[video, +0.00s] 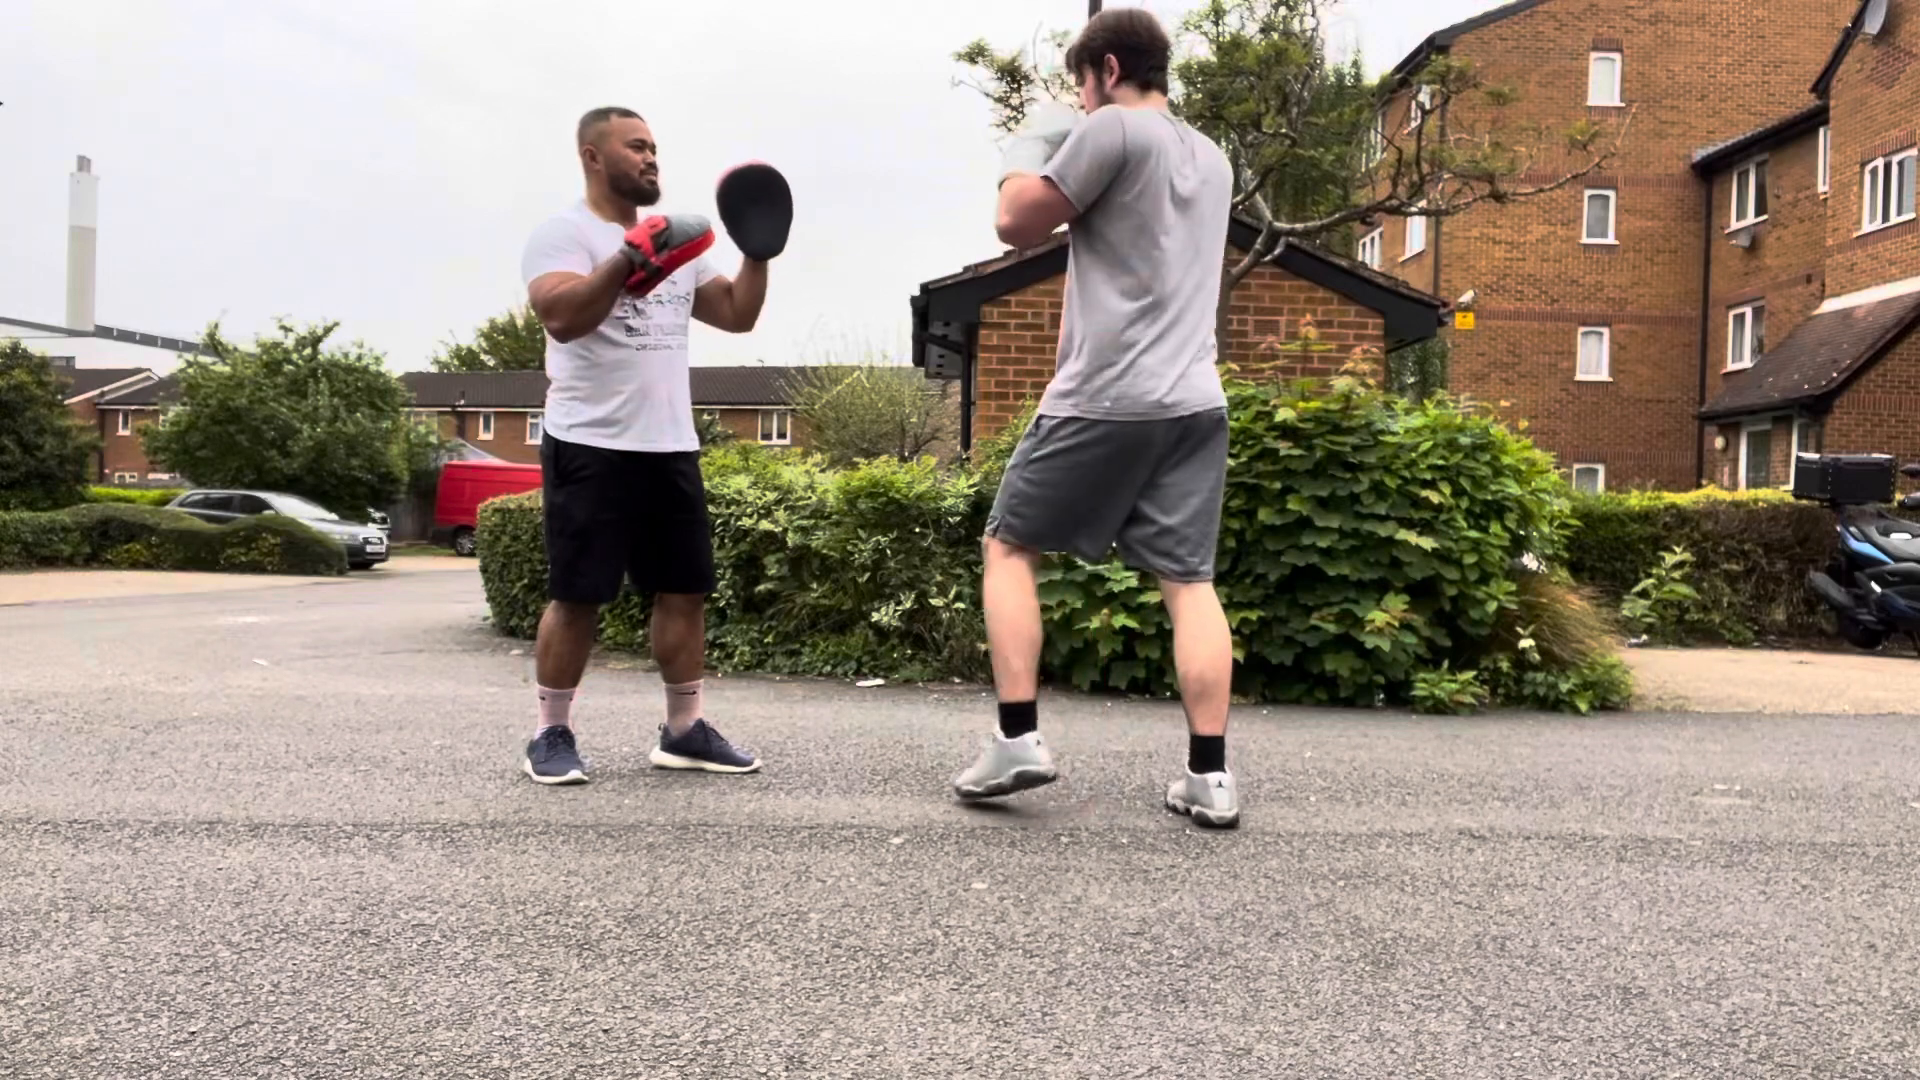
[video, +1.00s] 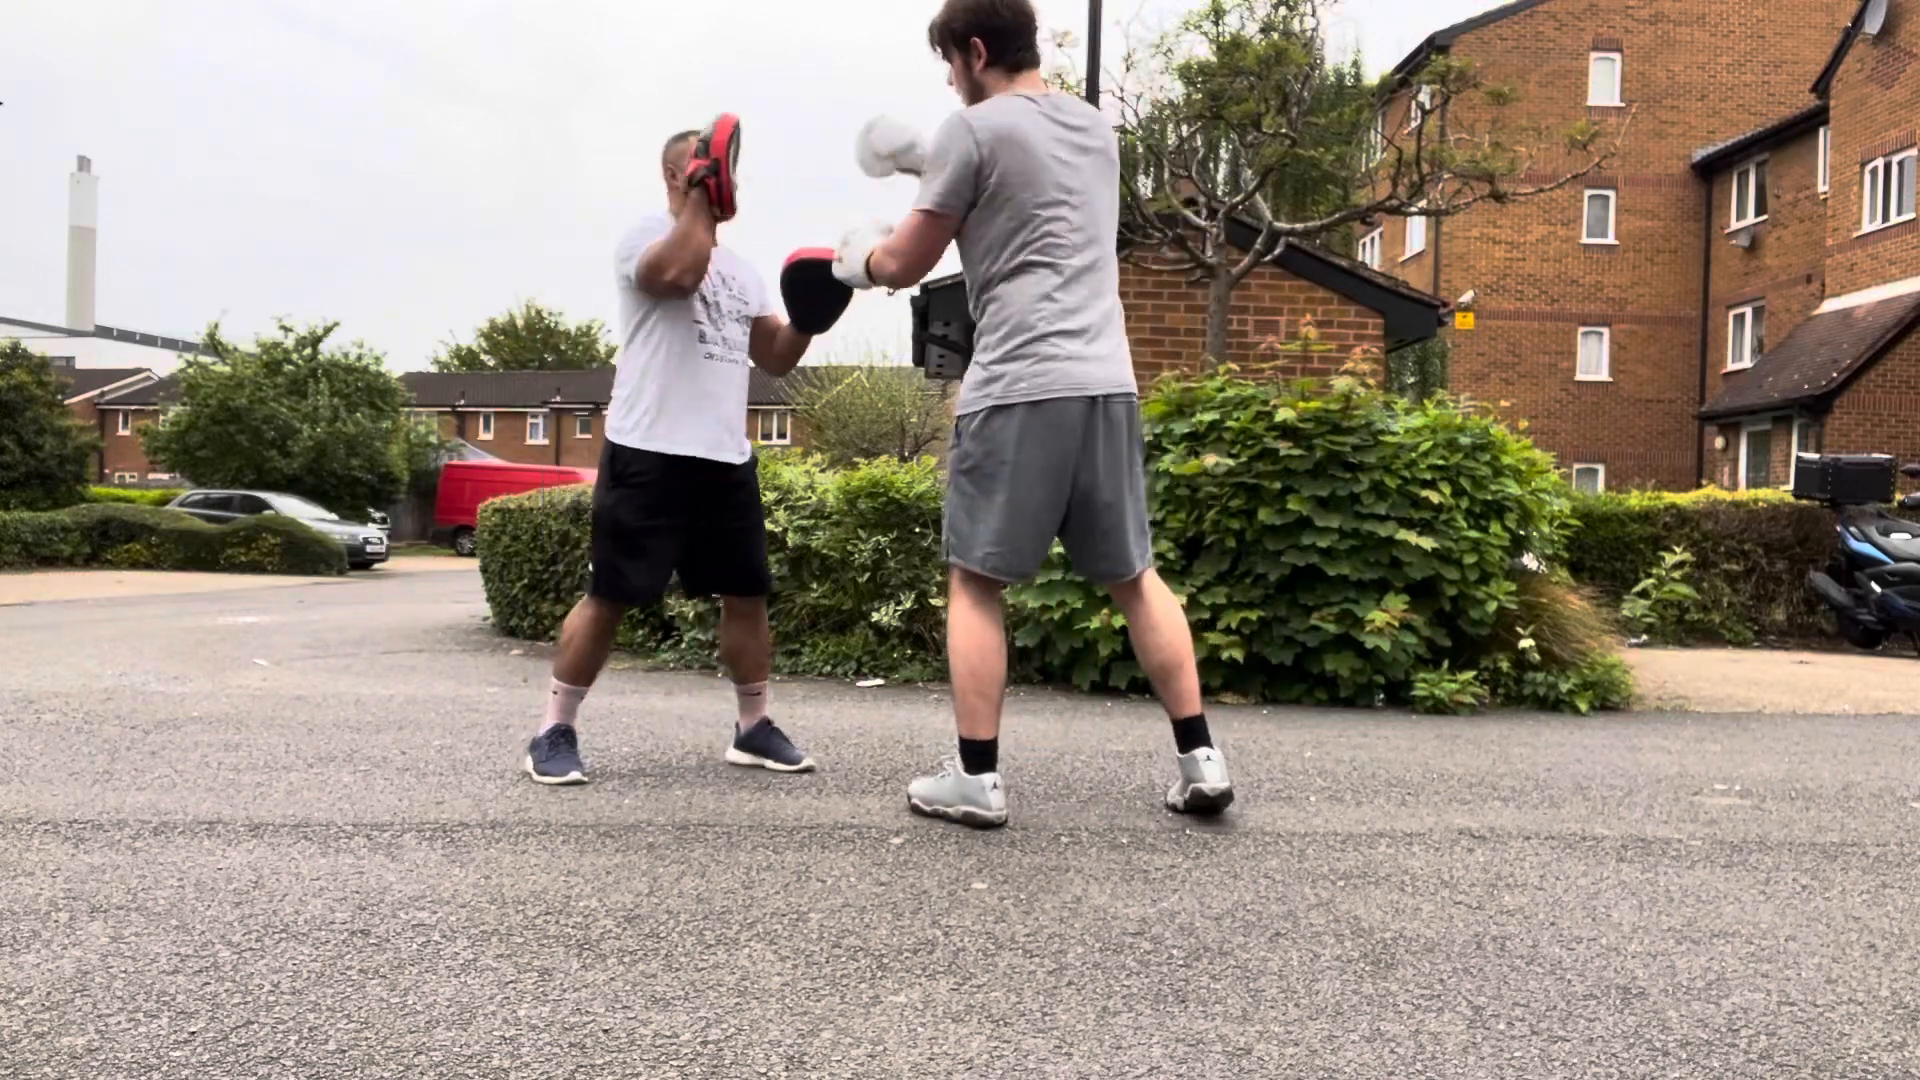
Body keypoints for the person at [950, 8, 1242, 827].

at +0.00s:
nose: (1079, 99)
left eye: (1080, 84)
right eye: (1076, 86)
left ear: (1108, 71)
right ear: (1159, 74)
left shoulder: (1114, 131)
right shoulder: (1215, 158)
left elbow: (1016, 224)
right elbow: (1180, 244)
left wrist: (1034, 162)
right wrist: (1087, 168)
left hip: (1102, 397)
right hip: (1197, 399)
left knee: (1009, 548)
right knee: (1191, 578)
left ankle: (1018, 740)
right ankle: (1210, 777)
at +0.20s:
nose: (1057, 96)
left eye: (1057, 83)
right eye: (1056, 84)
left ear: (1082, 71)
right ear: (1139, 72)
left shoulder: (1076, 135)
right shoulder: (1194, 152)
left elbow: (982, 228)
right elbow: (1154, 239)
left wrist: (999, 152)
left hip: (1076, 405)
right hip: (1176, 405)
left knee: (1013, 572)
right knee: (1179, 585)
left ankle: (976, 768)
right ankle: (1209, 779)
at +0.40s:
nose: (1009, 93)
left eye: (1008, 80)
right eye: (1008, 81)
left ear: (1031, 71)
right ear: (1091, 66)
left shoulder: (1017, 136)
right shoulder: (1157, 144)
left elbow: (906, 209)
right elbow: (1111, 237)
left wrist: (890, 163)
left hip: (1040, 401)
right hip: (1144, 398)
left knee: (989, 575)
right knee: (1159, 584)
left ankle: (978, 773)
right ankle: (1208, 773)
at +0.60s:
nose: (969, 88)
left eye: (969, 77)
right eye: (968, 78)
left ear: (989, 70)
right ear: (1054, 62)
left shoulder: (966, 134)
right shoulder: (1124, 131)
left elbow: (852, 168)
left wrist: (798, 165)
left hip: (1007, 392)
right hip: (1113, 389)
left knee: (975, 581)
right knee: (1144, 573)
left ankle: (975, 773)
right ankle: (1204, 760)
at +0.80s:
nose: (963, 86)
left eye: (962, 74)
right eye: (962, 74)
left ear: (982, 67)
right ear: (1044, 56)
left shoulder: (962, 137)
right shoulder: (1117, 128)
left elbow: (850, 204)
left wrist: (813, 224)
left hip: (1007, 396)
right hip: (1110, 392)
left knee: (969, 586)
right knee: (1140, 574)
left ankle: (975, 775)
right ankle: (1203, 762)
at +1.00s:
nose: (948, 79)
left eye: (948, 63)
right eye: (945, 65)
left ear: (973, 53)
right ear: (1029, 46)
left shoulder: (974, 128)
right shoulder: (1095, 124)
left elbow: (906, 260)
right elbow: (1035, 202)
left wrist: (873, 257)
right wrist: (941, 161)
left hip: (1016, 391)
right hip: (1111, 387)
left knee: (977, 583)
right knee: (1134, 574)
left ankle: (977, 778)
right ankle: (1201, 758)